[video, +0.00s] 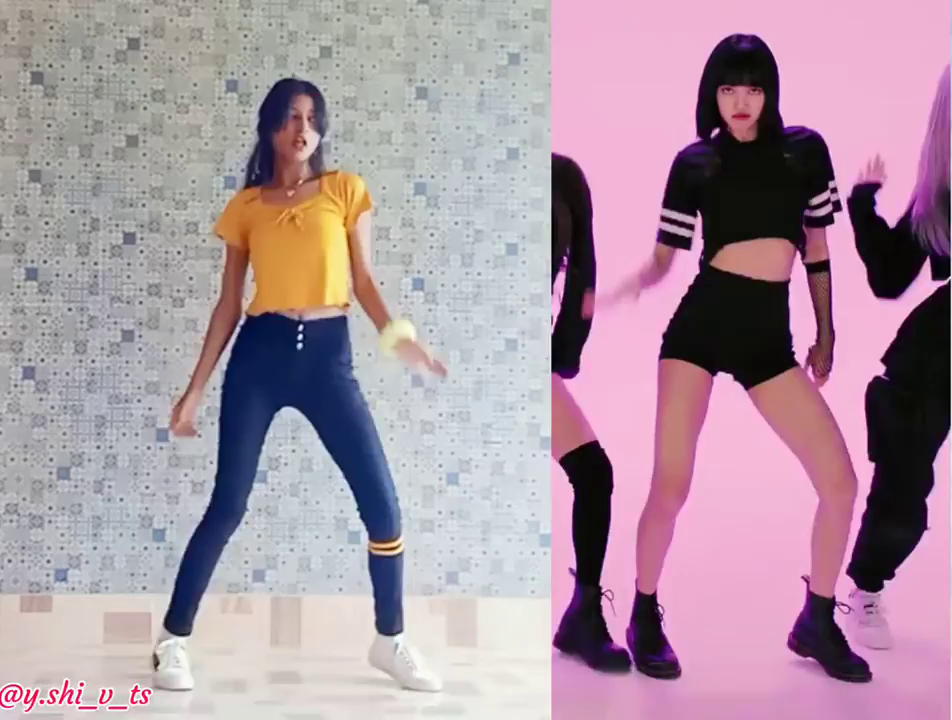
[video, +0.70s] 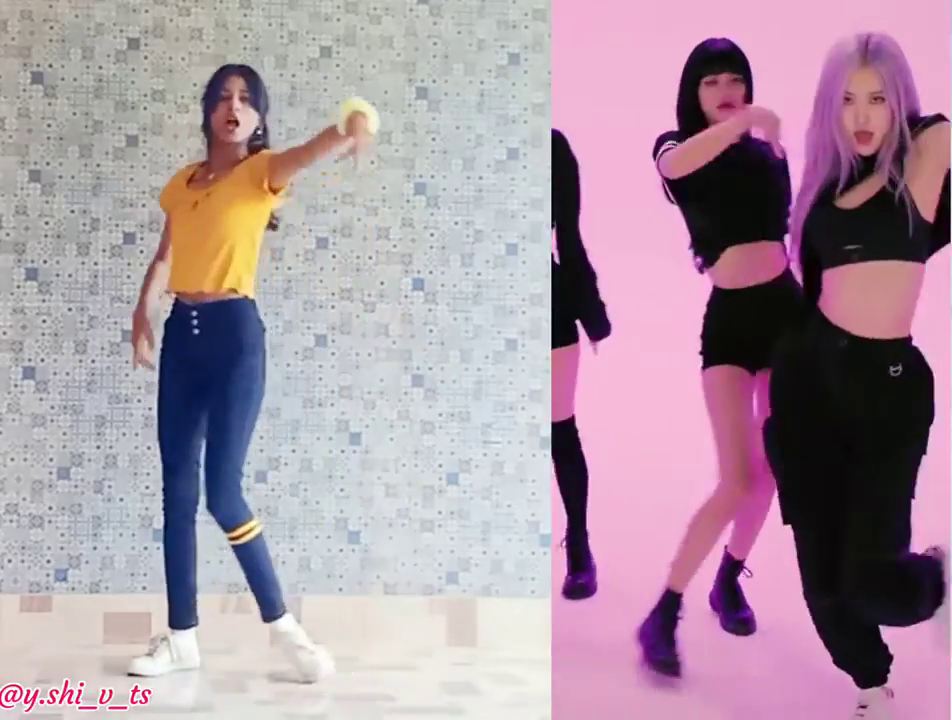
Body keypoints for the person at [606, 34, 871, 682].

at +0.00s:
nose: (741, 100)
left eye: (753, 87)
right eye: (728, 88)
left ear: (770, 91)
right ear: (712, 94)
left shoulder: (803, 150)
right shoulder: (695, 163)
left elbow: (817, 248)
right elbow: (663, 256)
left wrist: (825, 333)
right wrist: (633, 282)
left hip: (767, 335)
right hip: (698, 327)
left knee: (839, 484)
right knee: (670, 486)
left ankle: (817, 620)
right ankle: (644, 617)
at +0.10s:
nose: (732, 92)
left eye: (744, 79)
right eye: (721, 80)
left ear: (763, 86)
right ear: (701, 84)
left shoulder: (781, 153)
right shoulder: (677, 135)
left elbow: (801, 249)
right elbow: (608, 173)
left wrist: (805, 329)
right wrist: (595, 146)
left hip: (778, 325)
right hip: (709, 333)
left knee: (804, 481)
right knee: (653, 488)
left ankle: (814, 624)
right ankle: (661, 623)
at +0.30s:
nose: (714, 92)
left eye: (726, 80)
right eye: (701, 80)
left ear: (741, 84)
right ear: (682, 85)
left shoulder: (759, 152)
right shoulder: (660, 133)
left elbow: (763, 256)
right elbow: (653, 216)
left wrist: (754, 350)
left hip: (759, 323)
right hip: (691, 327)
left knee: (800, 469)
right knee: (639, 480)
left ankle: (789, 581)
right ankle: (645, 620)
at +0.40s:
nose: (709, 100)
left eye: (721, 88)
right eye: (697, 87)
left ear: (737, 96)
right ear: (678, 93)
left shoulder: (756, 161)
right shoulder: (664, 139)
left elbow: (746, 261)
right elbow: (734, 180)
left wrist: (754, 373)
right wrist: (816, 191)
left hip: (767, 325)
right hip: (701, 335)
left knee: (792, 480)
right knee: (636, 477)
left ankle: (782, 555)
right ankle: (636, 622)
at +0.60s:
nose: (724, 99)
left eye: (736, 89)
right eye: (712, 88)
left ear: (748, 96)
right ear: (692, 95)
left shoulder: (768, 155)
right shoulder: (676, 146)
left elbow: (774, 242)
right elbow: (730, 162)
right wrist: (816, 135)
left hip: (795, 315)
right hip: (734, 326)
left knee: (795, 464)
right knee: (702, 487)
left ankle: (763, 568)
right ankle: (625, 620)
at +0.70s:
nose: (725, 94)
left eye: (736, 83)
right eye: (711, 84)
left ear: (749, 89)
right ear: (691, 92)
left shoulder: (768, 146)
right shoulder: (674, 146)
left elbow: (785, 227)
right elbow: (675, 165)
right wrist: (744, 122)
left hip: (787, 315)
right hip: (727, 320)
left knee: (770, 471)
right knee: (738, 483)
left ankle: (730, 576)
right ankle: (664, 612)